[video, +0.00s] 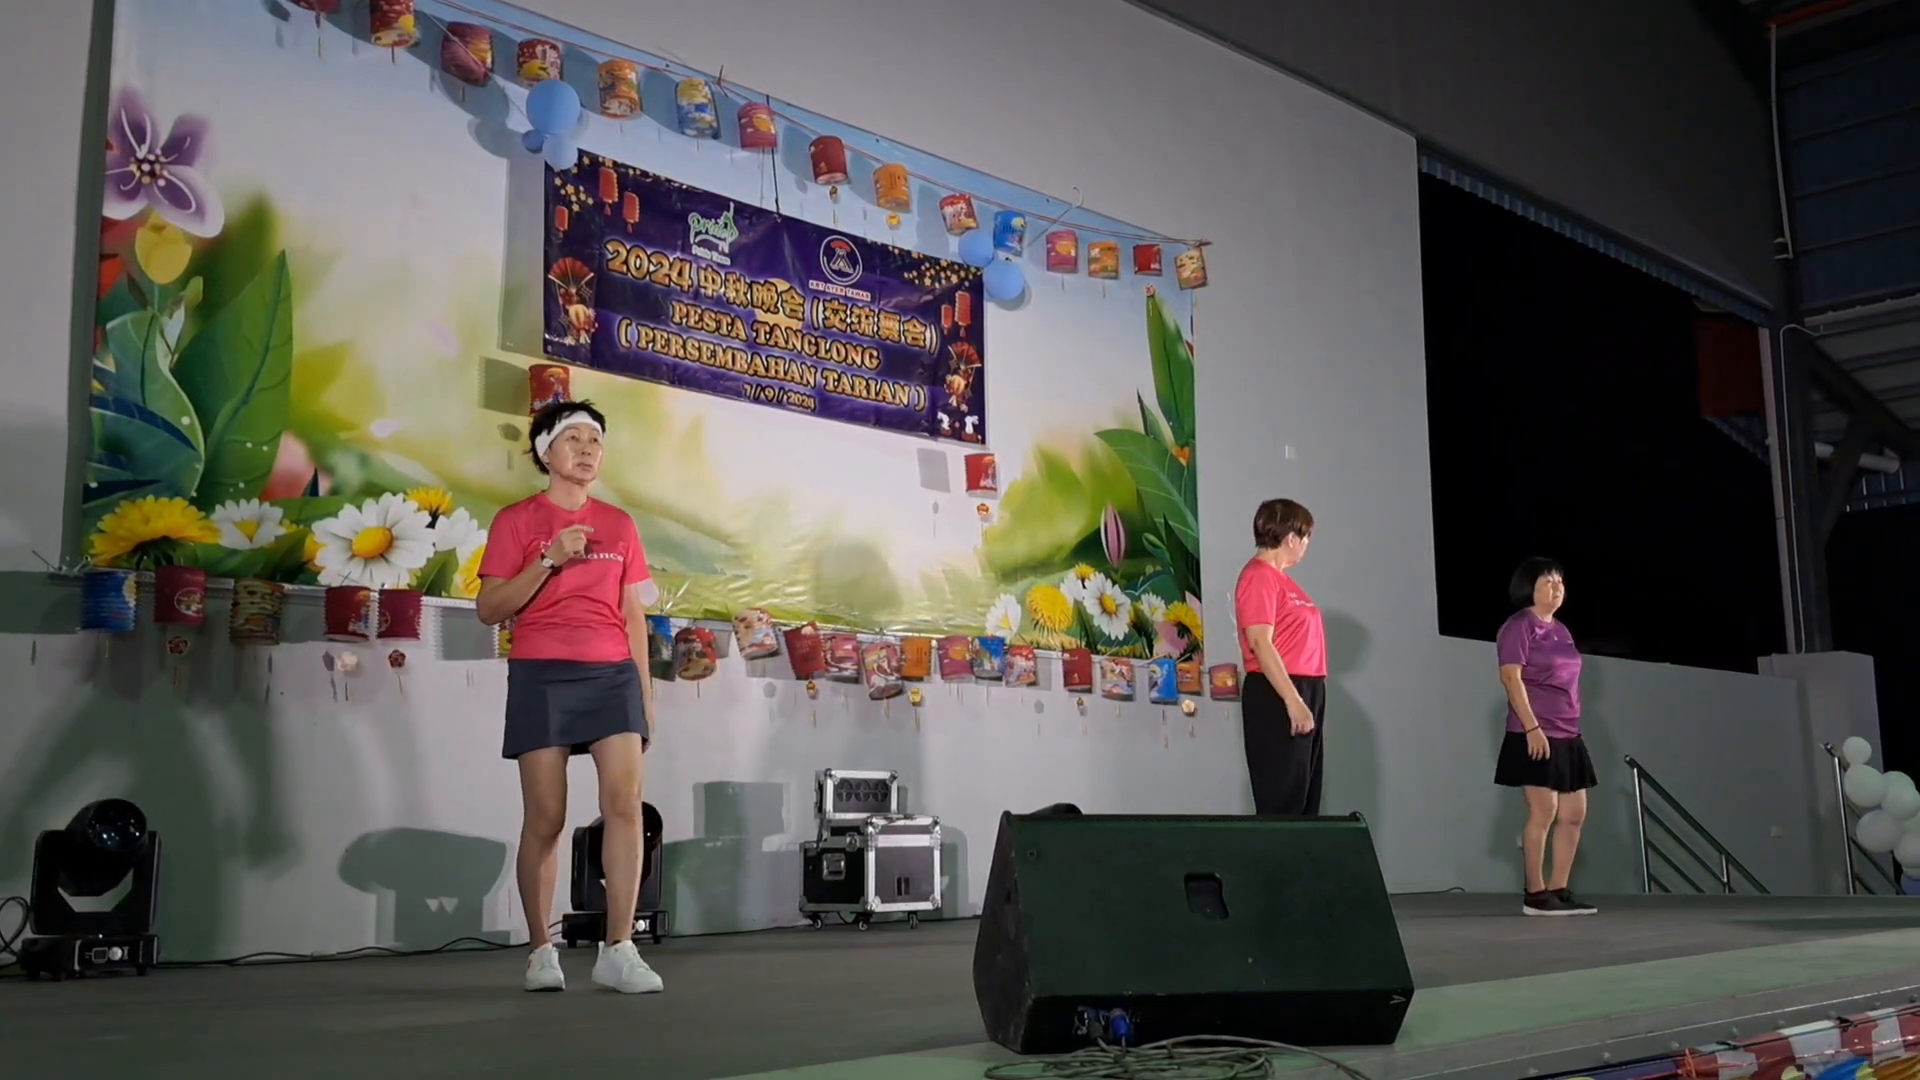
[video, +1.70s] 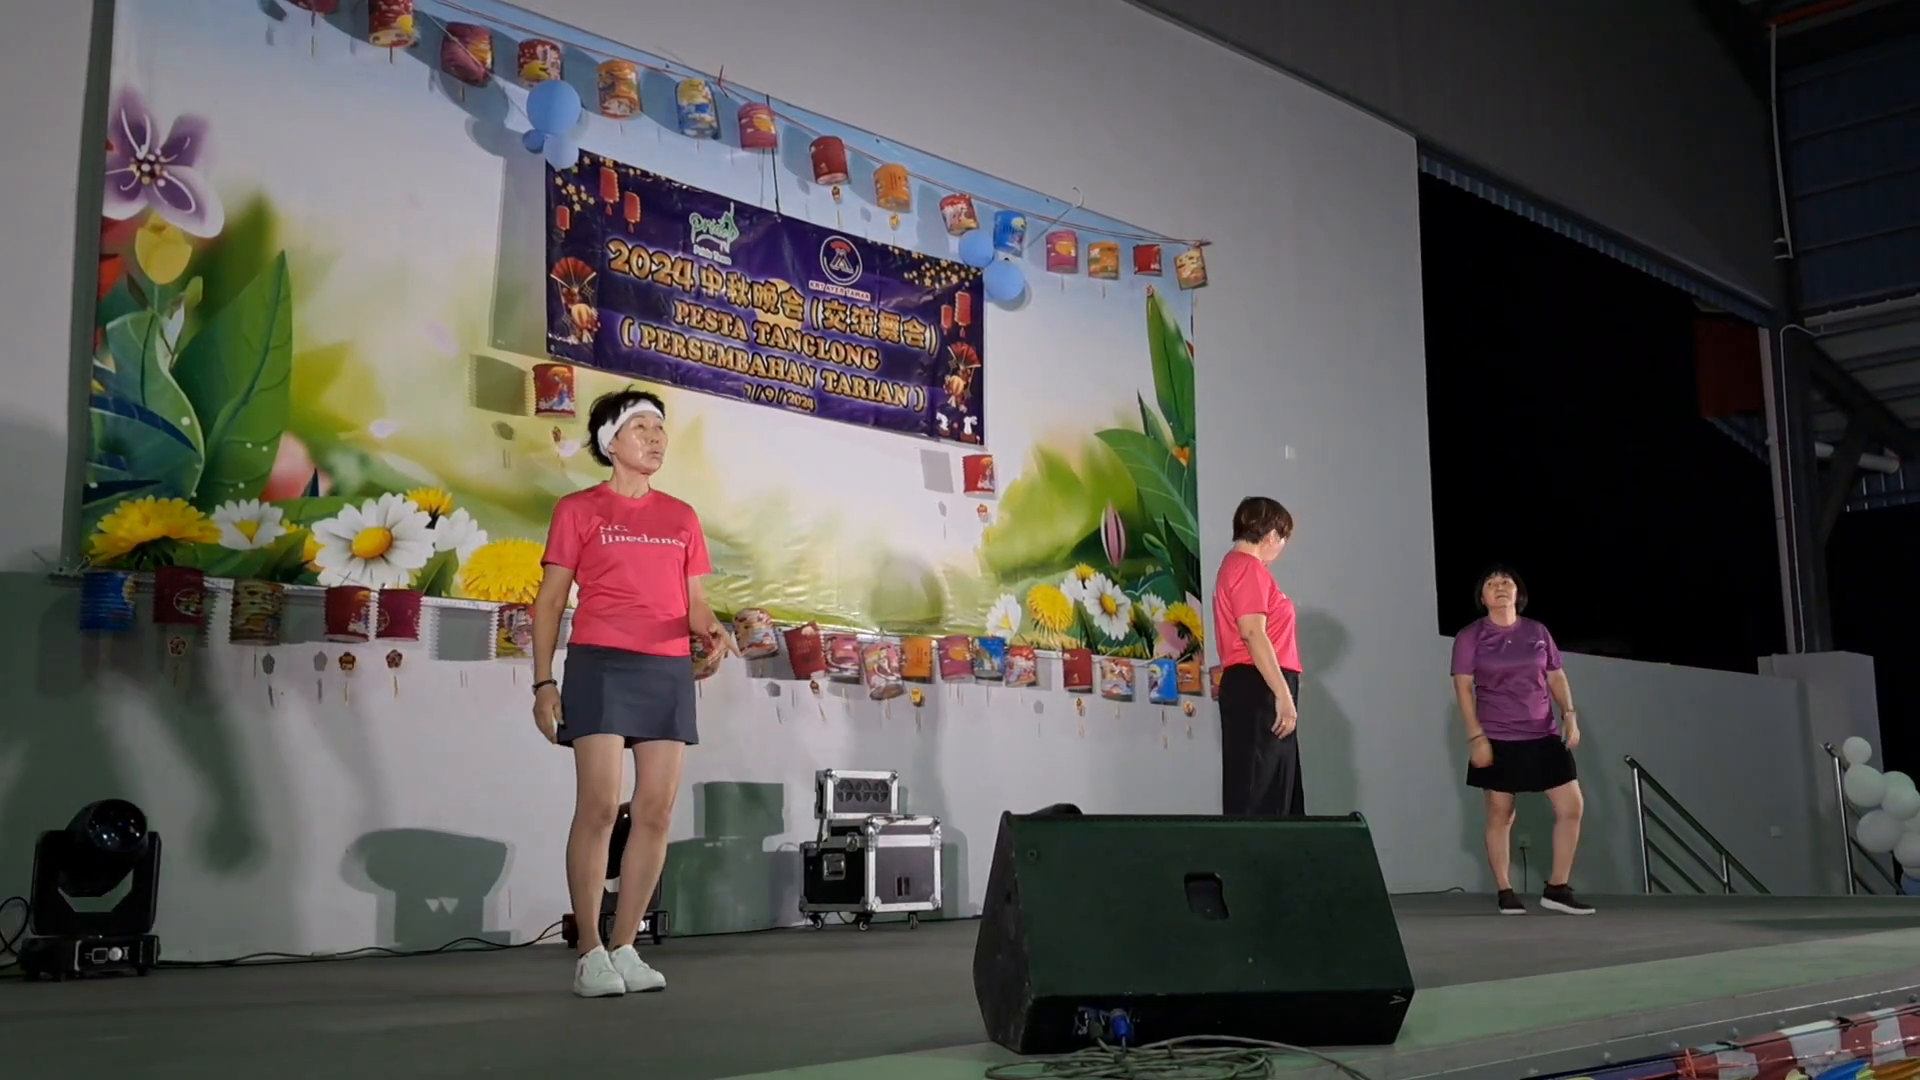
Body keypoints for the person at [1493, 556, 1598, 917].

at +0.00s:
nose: (1556, 588)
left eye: (1559, 582)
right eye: (1548, 582)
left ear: (1563, 589)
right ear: (1530, 587)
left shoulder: (1562, 631)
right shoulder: (1518, 626)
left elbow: (1563, 684)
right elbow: (1511, 679)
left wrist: (1571, 730)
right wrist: (1532, 728)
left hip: (1568, 738)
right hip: (1535, 736)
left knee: (1574, 814)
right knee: (1543, 811)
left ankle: (1558, 891)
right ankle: (1535, 893)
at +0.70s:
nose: (1553, 590)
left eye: (1557, 585)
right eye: (1544, 585)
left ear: (1566, 593)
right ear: (1530, 593)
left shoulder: (1576, 637)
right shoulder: (1516, 631)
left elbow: (1596, 680)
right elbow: (1509, 679)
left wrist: (1624, 722)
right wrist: (1537, 721)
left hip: (1567, 737)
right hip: (1525, 735)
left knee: (1580, 810)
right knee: (1548, 808)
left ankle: (1559, 891)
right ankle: (1537, 892)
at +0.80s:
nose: (1548, 592)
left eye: (1553, 587)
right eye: (1540, 586)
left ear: (1560, 594)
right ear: (1525, 593)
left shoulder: (1573, 635)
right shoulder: (1508, 631)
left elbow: (1600, 675)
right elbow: (1493, 675)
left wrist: (1635, 701)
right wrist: (1507, 714)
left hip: (1565, 738)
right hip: (1523, 736)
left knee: (1574, 812)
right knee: (1535, 811)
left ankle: (1558, 891)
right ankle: (1520, 886)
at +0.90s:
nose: (1539, 593)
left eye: (1544, 587)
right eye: (1531, 586)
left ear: (1551, 592)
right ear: (1514, 591)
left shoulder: (1563, 630)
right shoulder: (1495, 629)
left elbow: (1591, 670)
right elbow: (1474, 671)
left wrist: (1629, 673)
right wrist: (1466, 706)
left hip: (1560, 734)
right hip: (1515, 734)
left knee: (1578, 807)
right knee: (1520, 812)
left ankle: (1560, 888)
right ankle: (1508, 886)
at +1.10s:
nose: (1523, 599)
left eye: (1528, 593)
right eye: (1515, 593)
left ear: (1534, 598)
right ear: (1498, 597)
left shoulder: (1545, 634)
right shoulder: (1477, 636)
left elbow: (1571, 676)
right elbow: (1446, 678)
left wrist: (1599, 661)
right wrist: (1411, 714)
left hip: (1545, 738)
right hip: (1496, 740)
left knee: (1584, 803)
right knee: (1501, 811)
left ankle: (1596, 886)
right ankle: (1505, 891)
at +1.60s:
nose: (1497, 586)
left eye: (1503, 581)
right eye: (1489, 583)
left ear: (1514, 591)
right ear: (1479, 595)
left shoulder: (1536, 631)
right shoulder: (1465, 637)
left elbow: (1557, 674)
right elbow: (1452, 689)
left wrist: (1570, 696)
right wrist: (1442, 738)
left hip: (1540, 736)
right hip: (1491, 739)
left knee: (1574, 804)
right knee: (1498, 813)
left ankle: (1574, 886)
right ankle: (1505, 891)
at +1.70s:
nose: (1501, 586)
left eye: (1507, 582)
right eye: (1493, 583)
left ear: (1518, 592)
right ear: (1482, 595)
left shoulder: (1538, 632)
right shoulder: (1470, 636)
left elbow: (1556, 676)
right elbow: (1463, 689)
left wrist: (1569, 715)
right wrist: (1476, 737)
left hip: (1543, 740)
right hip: (1497, 742)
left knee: (1571, 807)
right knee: (1501, 814)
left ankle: (1557, 887)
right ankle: (1505, 891)